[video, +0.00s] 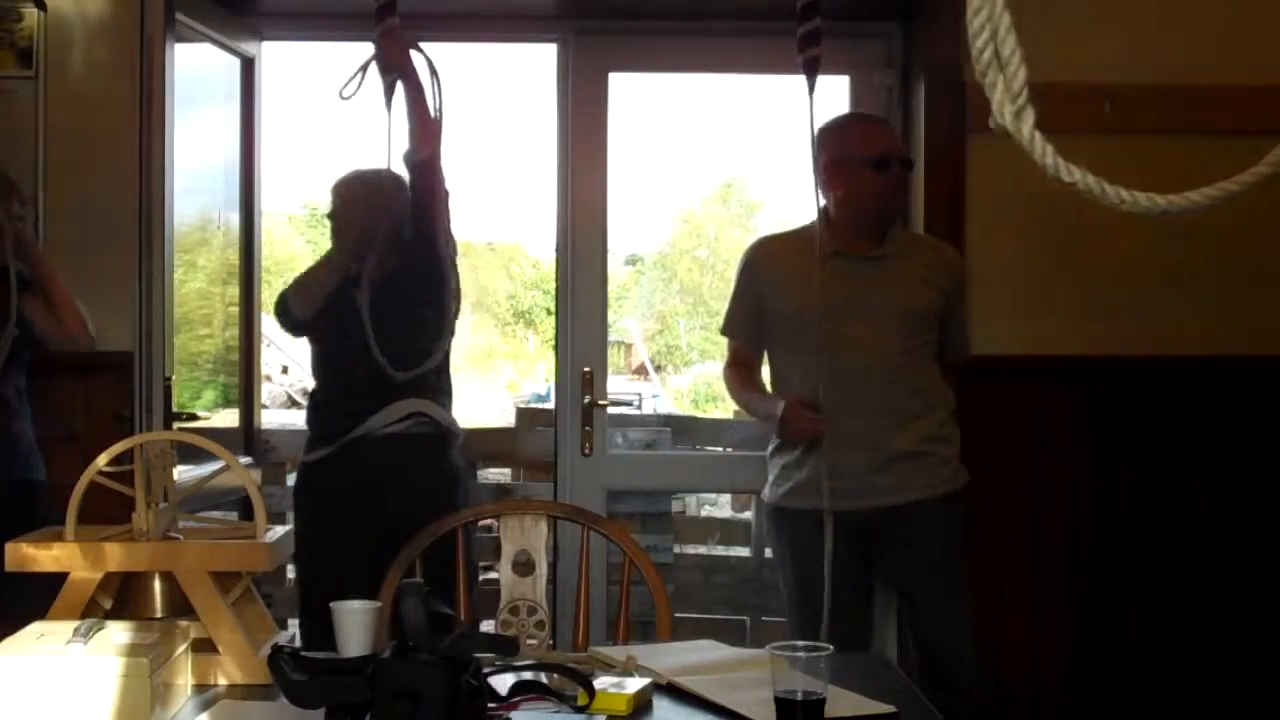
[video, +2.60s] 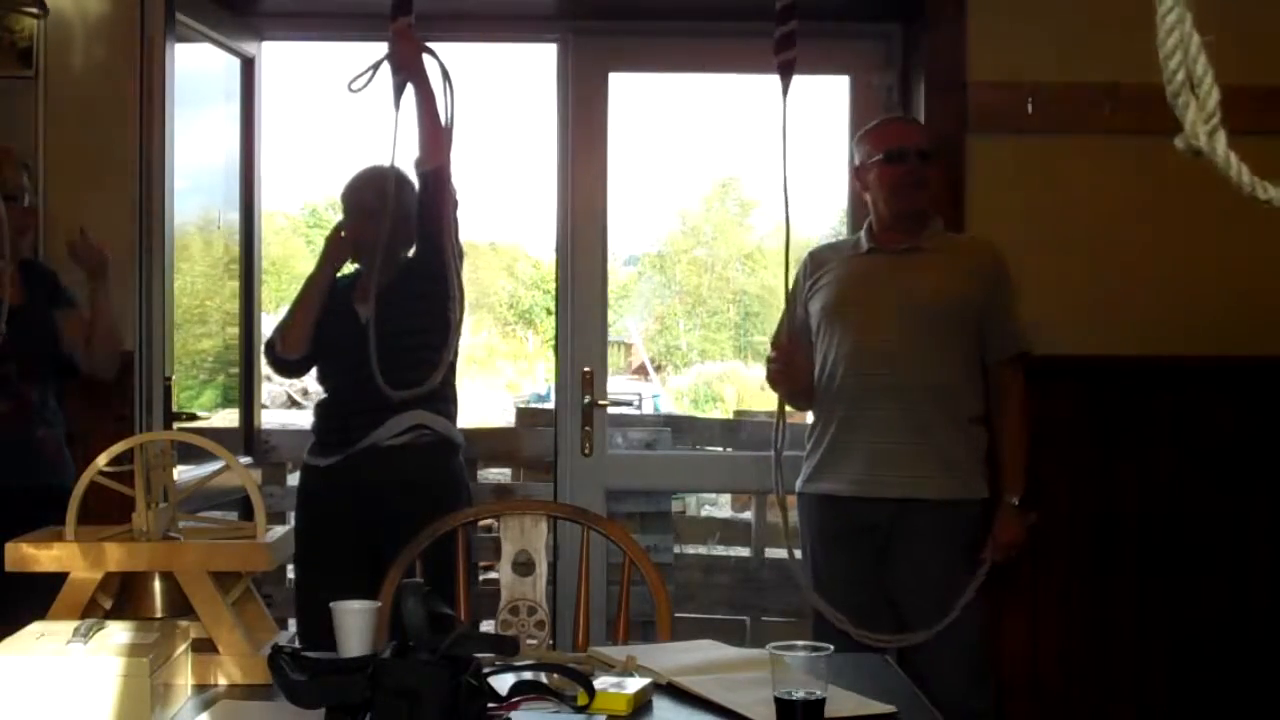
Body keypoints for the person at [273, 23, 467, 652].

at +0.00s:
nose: (339, 226)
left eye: (350, 213)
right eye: (336, 215)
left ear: (389, 216)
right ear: (336, 221)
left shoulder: (429, 273)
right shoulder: (326, 284)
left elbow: (426, 161)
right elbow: (289, 313)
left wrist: (406, 72)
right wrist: (344, 255)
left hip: (415, 453)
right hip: (333, 457)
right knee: (332, 619)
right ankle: (337, 698)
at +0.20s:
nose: (329, 218)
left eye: (341, 208)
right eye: (332, 208)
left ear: (384, 216)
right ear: (356, 216)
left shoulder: (423, 278)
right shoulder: (318, 292)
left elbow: (430, 161)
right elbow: (275, 375)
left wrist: (409, 72)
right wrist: (339, 357)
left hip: (412, 451)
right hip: (329, 456)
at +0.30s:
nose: (327, 215)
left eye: (341, 205)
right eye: (331, 205)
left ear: (385, 214)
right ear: (357, 214)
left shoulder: (419, 280)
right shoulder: (316, 295)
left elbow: (429, 166)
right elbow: (274, 386)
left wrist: (413, 72)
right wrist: (334, 392)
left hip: (409, 455)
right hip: (326, 464)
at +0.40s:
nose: (325, 217)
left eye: (337, 207)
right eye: (328, 207)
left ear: (380, 215)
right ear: (353, 216)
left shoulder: (417, 282)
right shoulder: (314, 297)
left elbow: (425, 172)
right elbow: (275, 391)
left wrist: (415, 77)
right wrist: (342, 390)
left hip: (407, 467)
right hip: (325, 473)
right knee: (321, 623)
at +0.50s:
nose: (323, 218)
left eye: (336, 207)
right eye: (326, 207)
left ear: (380, 215)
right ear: (348, 217)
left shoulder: (416, 283)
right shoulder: (312, 297)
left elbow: (423, 170)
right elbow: (275, 389)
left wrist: (409, 75)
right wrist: (348, 395)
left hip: (406, 474)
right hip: (322, 478)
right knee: (319, 626)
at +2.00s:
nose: (336, 216)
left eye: (349, 204)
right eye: (339, 205)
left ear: (390, 212)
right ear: (358, 214)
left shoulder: (428, 279)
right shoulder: (328, 297)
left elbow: (435, 162)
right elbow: (279, 383)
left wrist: (418, 72)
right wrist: (305, 302)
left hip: (415, 463)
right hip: (333, 465)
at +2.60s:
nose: (359, 223)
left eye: (374, 210)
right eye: (352, 210)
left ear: (406, 218)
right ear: (342, 219)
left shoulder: (432, 278)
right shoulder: (330, 296)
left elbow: (436, 168)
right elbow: (285, 359)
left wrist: (417, 75)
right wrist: (326, 262)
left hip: (418, 462)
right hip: (335, 466)